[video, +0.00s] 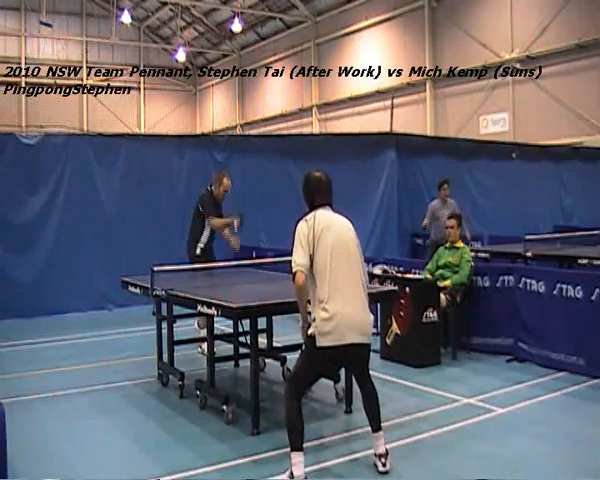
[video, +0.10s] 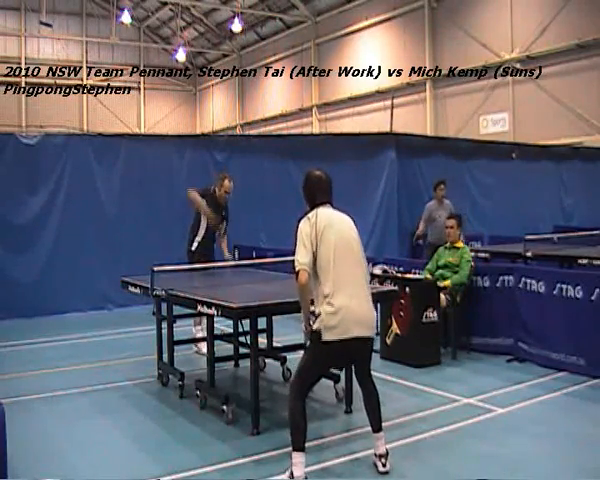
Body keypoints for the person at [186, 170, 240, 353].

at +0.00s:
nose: (225, 193)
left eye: (227, 189)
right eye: (224, 188)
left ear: (224, 187)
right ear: (216, 185)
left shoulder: (217, 200)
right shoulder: (206, 198)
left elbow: (219, 225)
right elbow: (214, 222)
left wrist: (230, 238)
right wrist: (232, 220)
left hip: (208, 249)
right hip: (198, 250)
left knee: (212, 286)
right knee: (206, 291)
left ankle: (202, 320)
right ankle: (204, 339)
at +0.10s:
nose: (227, 195)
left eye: (229, 192)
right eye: (225, 191)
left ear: (229, 191)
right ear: (217, 188)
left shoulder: (224, 207)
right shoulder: (209, 196)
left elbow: (222, 233)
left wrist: (226, 253)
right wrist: (207, 213)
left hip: (209, 249)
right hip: (197, 248)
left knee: (208, 288)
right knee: (201, 289)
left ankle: (200, 327)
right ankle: (200, 334)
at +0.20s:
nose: (227, 193)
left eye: (229, 190)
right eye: (225, 189)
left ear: (230, 191)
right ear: (218, 186)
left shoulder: (224, 204)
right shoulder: (206, 193)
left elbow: (222, 231)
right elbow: (189, 192)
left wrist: (222, 253)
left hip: (210, 251)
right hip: (197, 250)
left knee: (208, 291)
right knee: (198, 292)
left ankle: (202, 330)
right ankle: (195, 333)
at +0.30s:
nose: (224, 185)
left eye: (227, 182)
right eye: (223, 181)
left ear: (229, 184)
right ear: (216, 179)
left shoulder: (224, 200)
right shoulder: (205, 191)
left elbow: (223, 226)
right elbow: (184, 193)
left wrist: (223, 248)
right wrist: (183, 203)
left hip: (212, 248)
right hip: (198, 247)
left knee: (211, 283)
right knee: (197, 285)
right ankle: (194, 324)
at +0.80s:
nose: (207, 170)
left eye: (210, 167)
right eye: (204, 167)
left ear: (213, 167)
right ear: (200, 169)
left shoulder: (221, 189)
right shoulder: (196, 192)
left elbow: (229, 211)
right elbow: (186, 210)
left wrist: (230, 231)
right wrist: (180, 214)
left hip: (221, 239)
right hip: (204, 240)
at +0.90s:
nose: (204, 179)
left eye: (206, 175)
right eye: (201, 175)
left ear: (211, 176)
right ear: (197, 177)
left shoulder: (221, 195)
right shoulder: (195, 200)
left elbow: (233, 216)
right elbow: (186, 222)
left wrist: (232, 237)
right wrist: (180, 223)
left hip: (222, 250)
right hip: (204, 251)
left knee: (222, 291)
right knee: (201, 295)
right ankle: (200, 338)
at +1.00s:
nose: (202, 187)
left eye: (204, 183)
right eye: (199, 184)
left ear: (209, 184)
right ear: (195, 185)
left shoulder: (221, 203)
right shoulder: (198, 208)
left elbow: (235, 222)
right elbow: (194, 234)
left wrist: (233, 243)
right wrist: (186, 244)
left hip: (224, 257)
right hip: (207, 257)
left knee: (233, 295)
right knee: (199, 297)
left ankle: (249, 334)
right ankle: (199, 339)